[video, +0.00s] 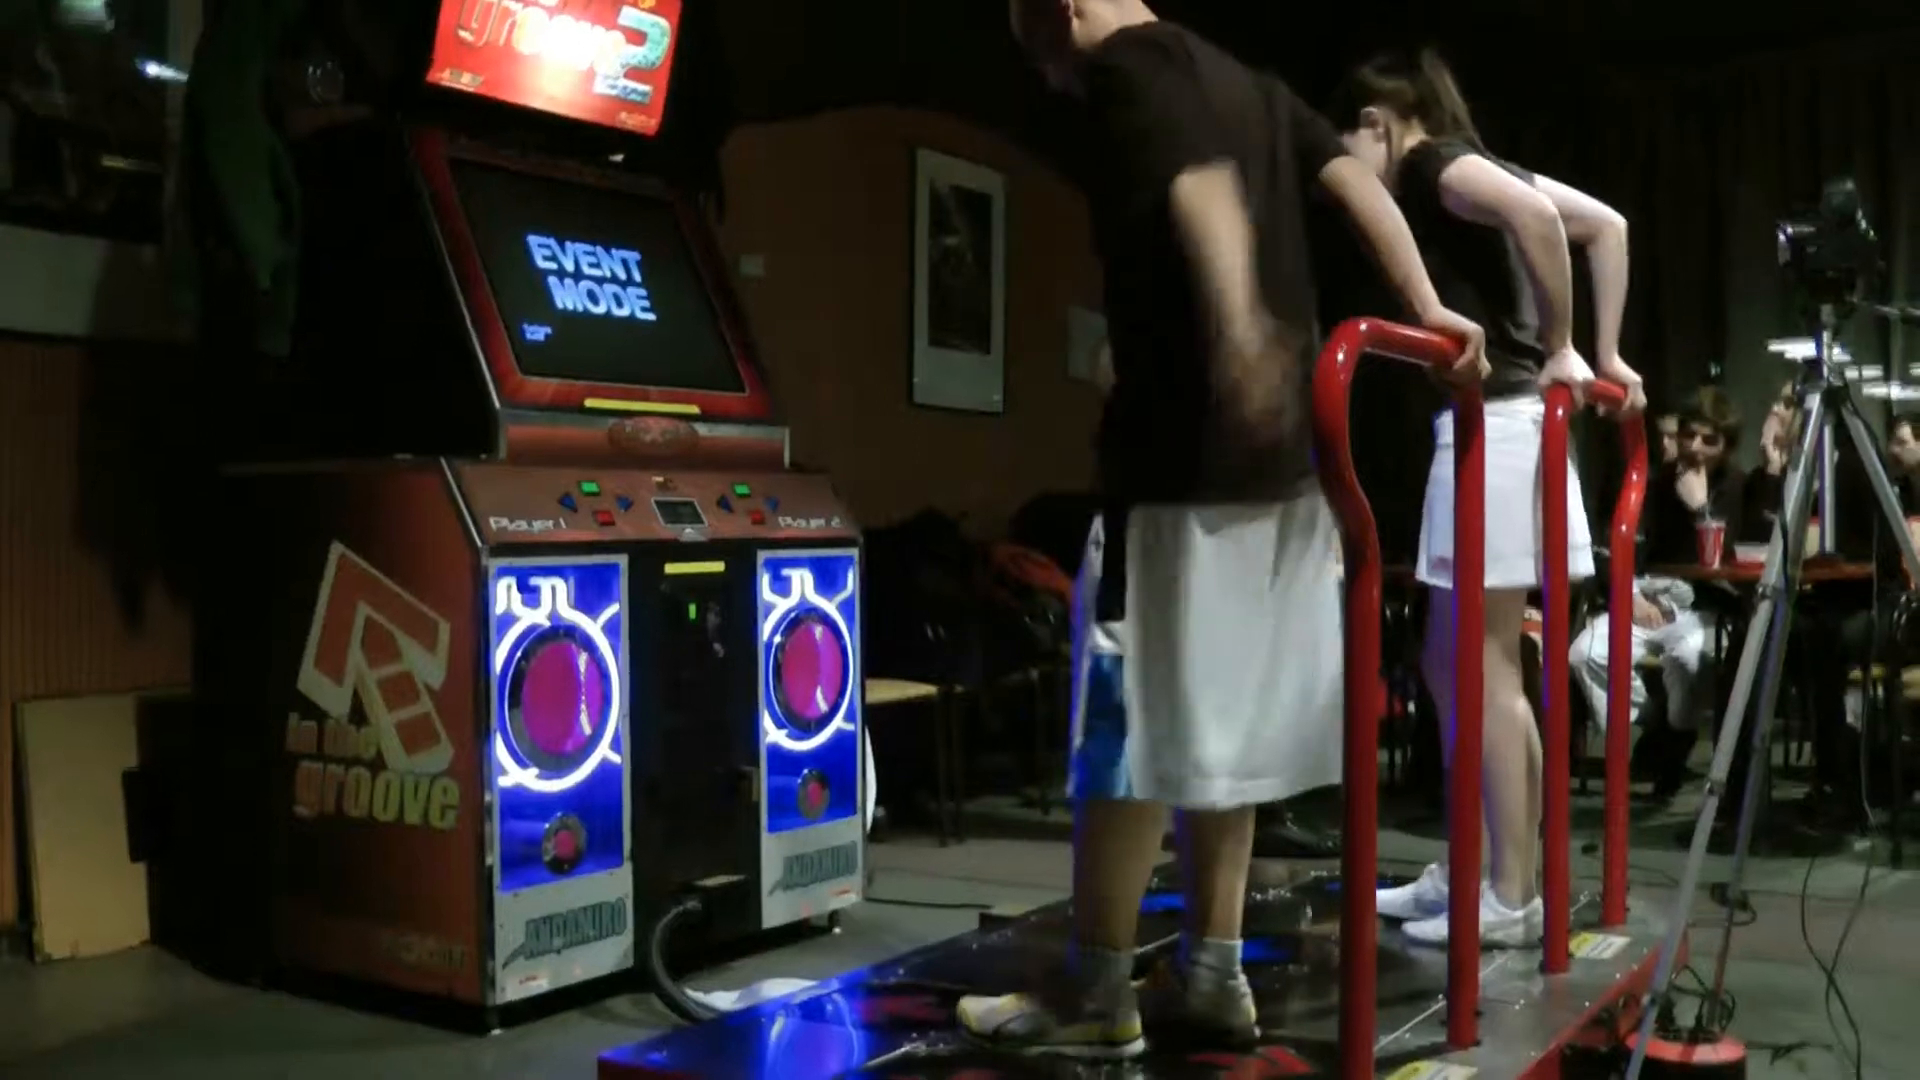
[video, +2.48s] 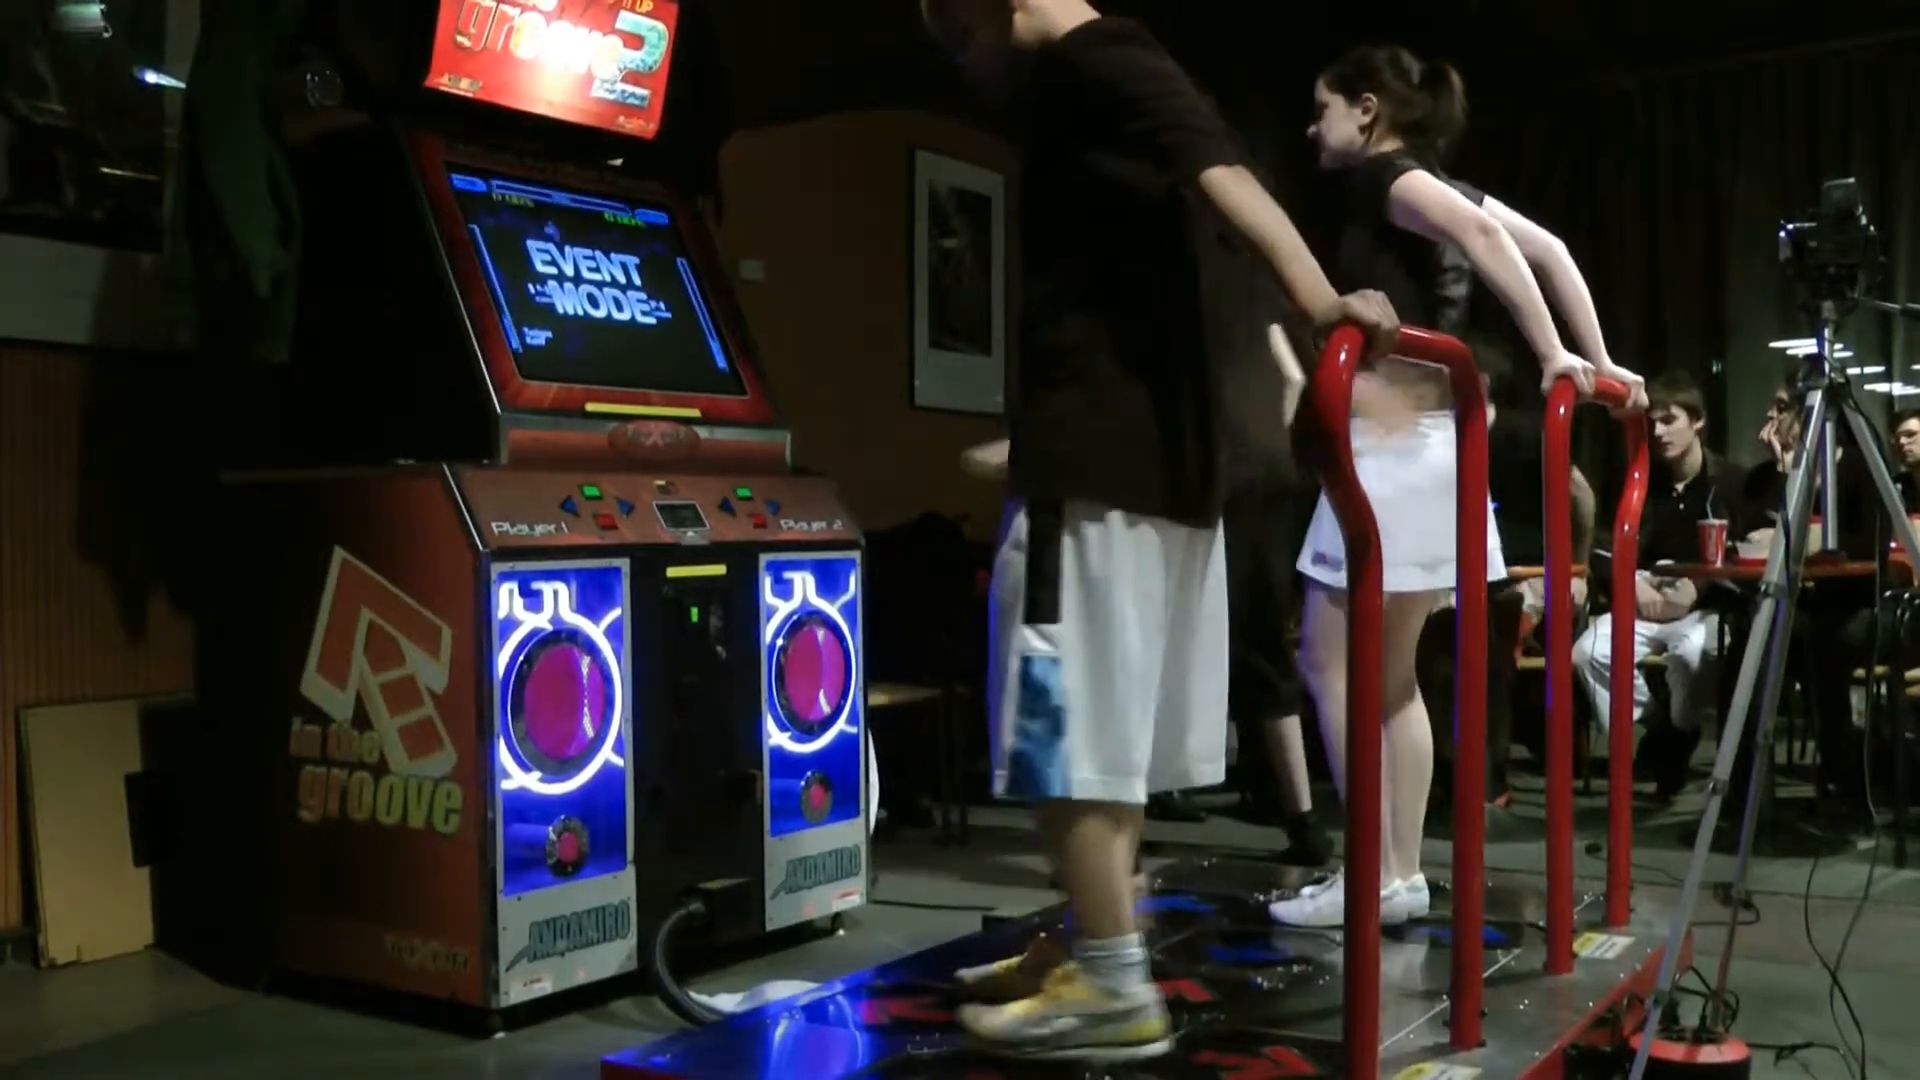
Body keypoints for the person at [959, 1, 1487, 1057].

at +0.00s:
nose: (1051, 57)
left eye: (1046, 39)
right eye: (1047, 44)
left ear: (1070, 14)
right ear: (1144, 2)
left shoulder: (1121, 63)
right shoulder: (1246, 81)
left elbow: (1205, 185)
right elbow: (1358, 179)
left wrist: (1241, 329)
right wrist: (1426, 305)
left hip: (1179, 453)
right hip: (1284, 453)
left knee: (1135, 729)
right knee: (1232, 722)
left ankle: (1098, 995)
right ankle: (1217, 978)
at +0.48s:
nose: (1035, 74)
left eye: (1028, 51)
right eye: (1024, 61)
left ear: (1052, 11)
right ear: (1096, 4)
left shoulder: (1125, 42)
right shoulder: (1188, 58)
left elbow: (1288, 124)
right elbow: (1351, 171)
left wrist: (1340, 284)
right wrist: (1429, 303)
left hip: (1192, 445)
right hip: (1289, 448)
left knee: (1078, 696)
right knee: (1259, 719)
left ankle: (955, 941)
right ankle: (1217, 979)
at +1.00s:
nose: (918, 83)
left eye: (907, 63)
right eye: (908, 69)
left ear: (919, 22)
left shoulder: (999, 35)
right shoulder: (1115, 46)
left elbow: (1187, 130)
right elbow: (1262, 176)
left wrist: (1310, 290)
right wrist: (1387, 290)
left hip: (1095, 438)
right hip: (1206, 436)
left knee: (1077, 721)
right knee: (1191, 709)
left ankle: (1086, 1013)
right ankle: (1178, 981)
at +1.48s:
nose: (928, 82)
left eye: (916, 57)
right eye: (916, 65)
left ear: (933, 16)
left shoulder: (1012, 38)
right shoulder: (1134, 54)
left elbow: (1214, 169)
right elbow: (1275, 180)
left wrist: (1317, 296)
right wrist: (1402, 300)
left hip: (1101, 440)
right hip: (1216, 444)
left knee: (1066, 722)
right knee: (1188, 712)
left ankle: (1082, 1014)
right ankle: (1173, 979)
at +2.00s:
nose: (937, 62)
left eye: (927, 40)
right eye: (928, 48)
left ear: (953, 9)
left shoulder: (1024, 41)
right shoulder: (1135, 53)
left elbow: (1224, 177)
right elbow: (1273, 187)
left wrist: (1307, 296)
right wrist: (1401, 299)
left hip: (1076, 443)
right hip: (1164, 443)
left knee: (1039, 726)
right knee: (1125, 710)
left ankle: (1052, 1014)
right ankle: (1118, 960)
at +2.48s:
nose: (970, 48)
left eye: (968, 27)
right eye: (965, 33)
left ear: (1009, 7)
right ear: (1067, 0)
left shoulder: (1088, 65)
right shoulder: (1119, 77)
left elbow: (1222, 175)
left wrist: (1324, 303)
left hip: (1105, 460)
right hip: (1157, 461)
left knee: (1073, 720)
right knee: (1113, 715)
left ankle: (1113, 987)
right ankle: (1092, 950)